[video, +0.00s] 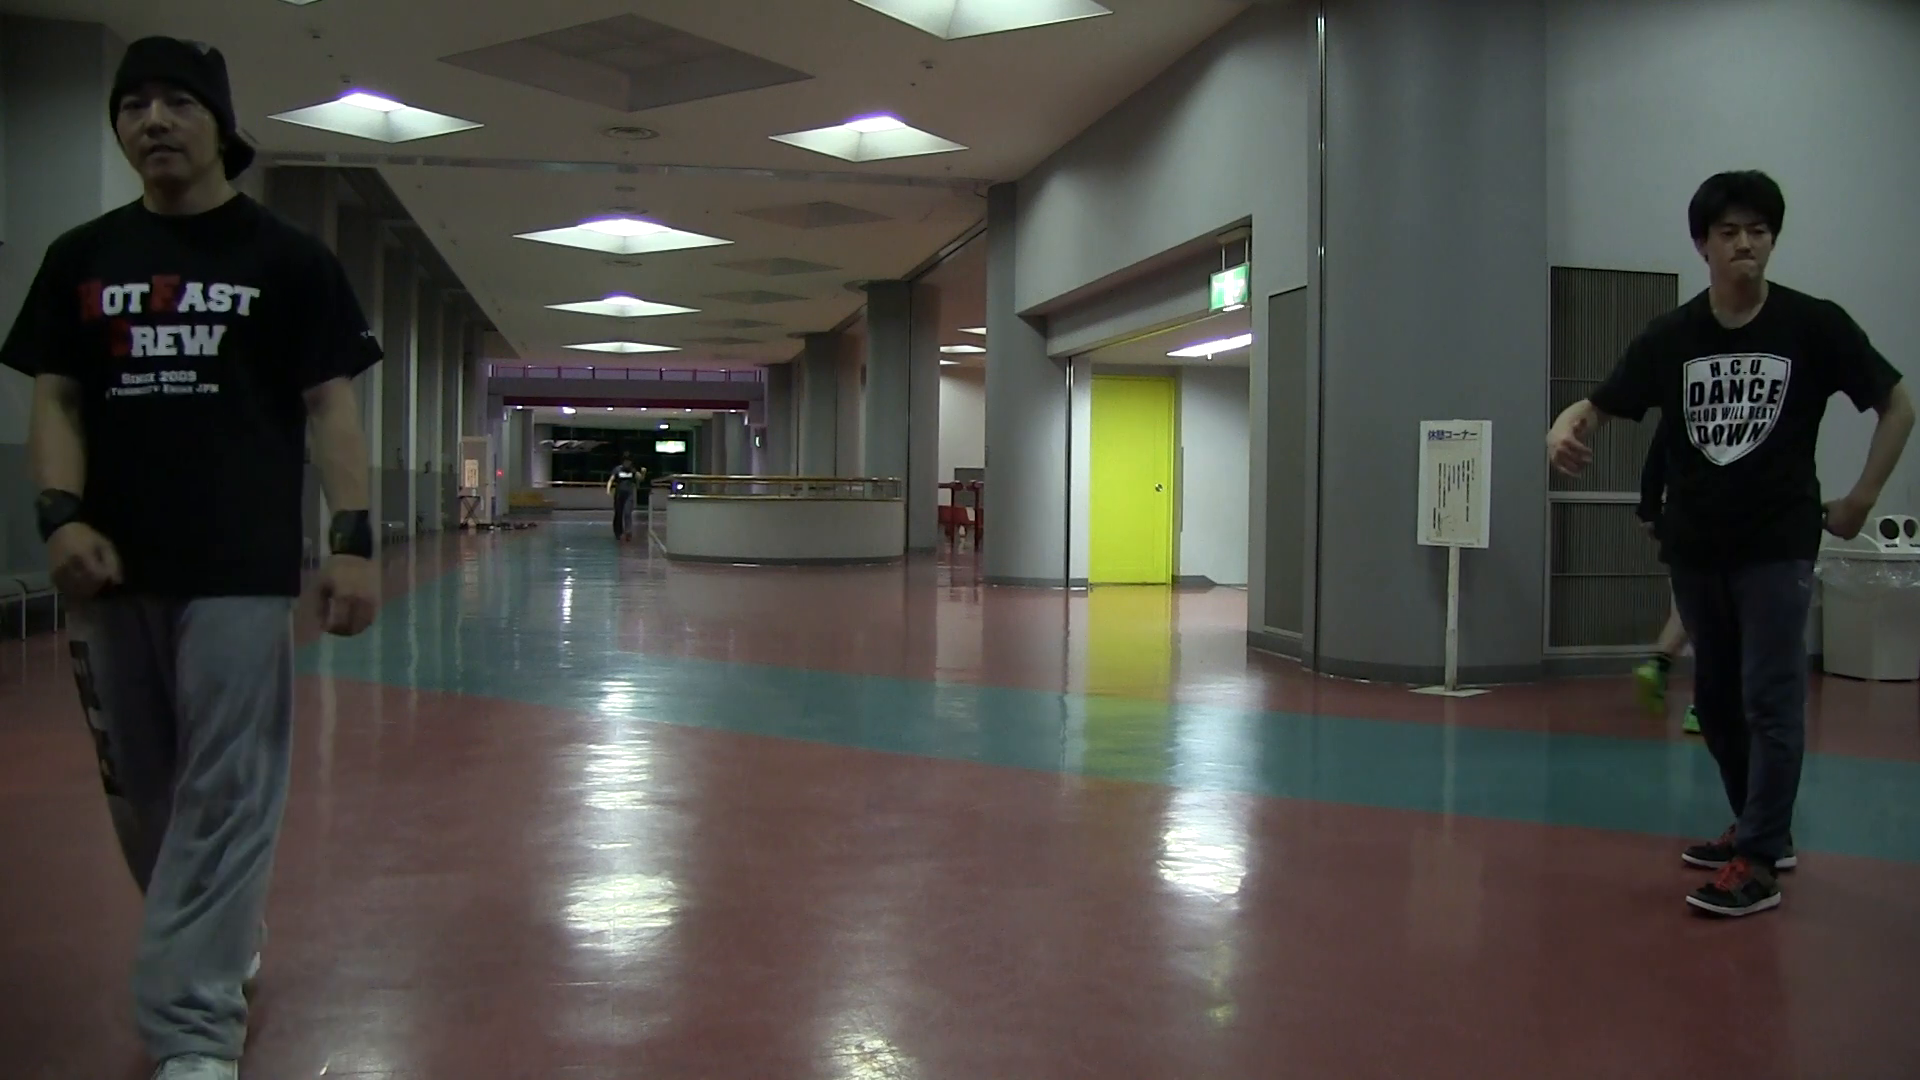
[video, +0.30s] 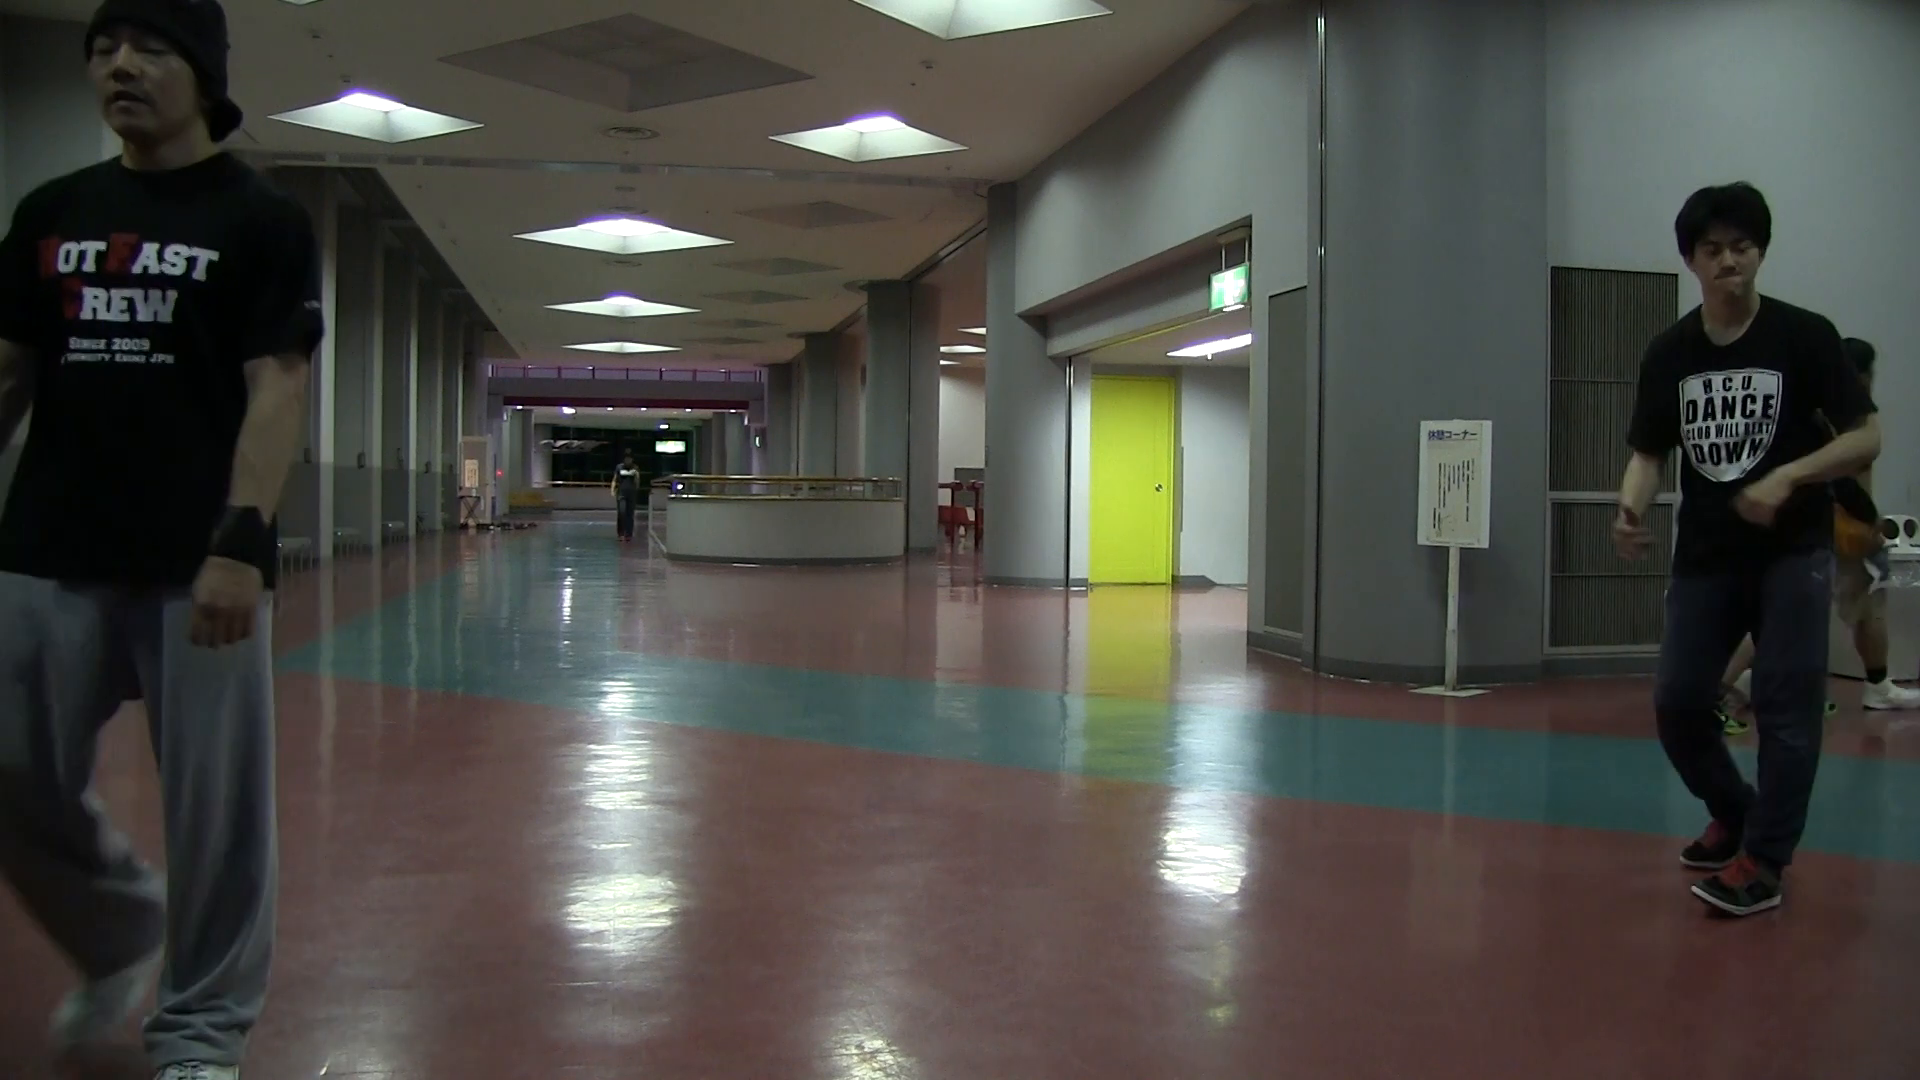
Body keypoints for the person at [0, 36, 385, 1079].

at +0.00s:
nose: (156, 119)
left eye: (179, 102)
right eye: (137, 105)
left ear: (222, 124)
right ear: (117, 131)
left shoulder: (291, 258)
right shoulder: (79, 260)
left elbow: (331, 407)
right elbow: (55, 402)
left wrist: (354, 538)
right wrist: (61, 516)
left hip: (242, 563)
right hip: (112, 564)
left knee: (224, 790)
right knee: (143, 784)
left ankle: (196, 1036)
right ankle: (217, 961)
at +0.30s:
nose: (122, 65)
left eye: (151, 48)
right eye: (107, 47)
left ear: (207, 75)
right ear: (90, 71)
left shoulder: (262, 217)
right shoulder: (51, 209)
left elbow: (280, 385)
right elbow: (13, 373)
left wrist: (246, 545)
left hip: (196, 549)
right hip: (54, 541)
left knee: (216, 803)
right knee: (19, 778)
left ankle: (204, 1030)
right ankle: (122, 931)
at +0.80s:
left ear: (10, 65)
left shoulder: (68, 180)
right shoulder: (69, 185)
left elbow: (139, 354)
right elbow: (140, 355)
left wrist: (186, 503)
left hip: (55, 538)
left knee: (122, 788)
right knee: (116, 788)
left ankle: (183, 1031)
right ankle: (179, 1023)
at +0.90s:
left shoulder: (31, 167)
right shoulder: (36, 169)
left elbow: (102, 346)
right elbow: (102, 348)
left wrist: (169, 496)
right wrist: (166, 496)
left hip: (31, 544)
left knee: (88, 791)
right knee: (85, 792)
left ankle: (147, 1036)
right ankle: (143, 1032)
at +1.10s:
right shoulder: (1, 178)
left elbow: (30, 337)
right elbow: (32, 338)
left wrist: (100, 489)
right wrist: (98, 490)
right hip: (1, 555)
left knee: (18, 789)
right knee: (18, 792)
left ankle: (38, 1016)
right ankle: (34, 1016)